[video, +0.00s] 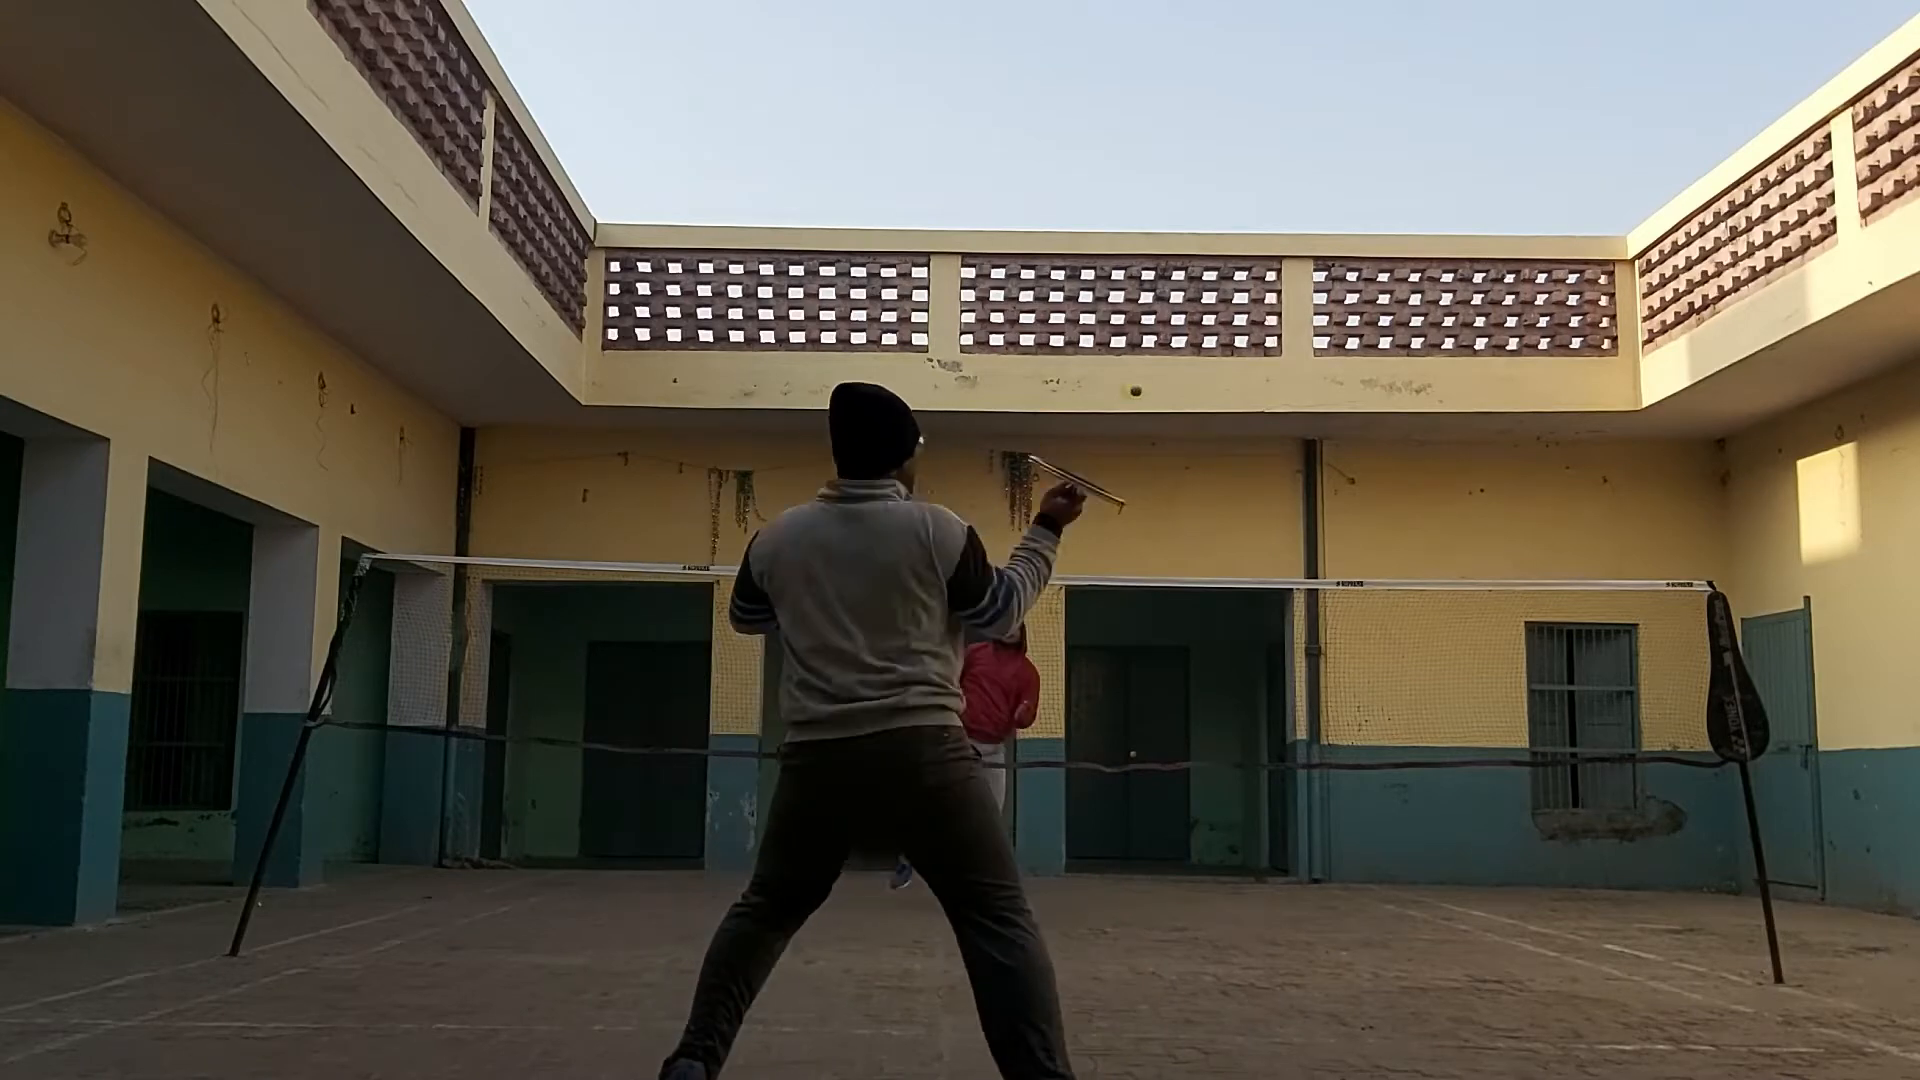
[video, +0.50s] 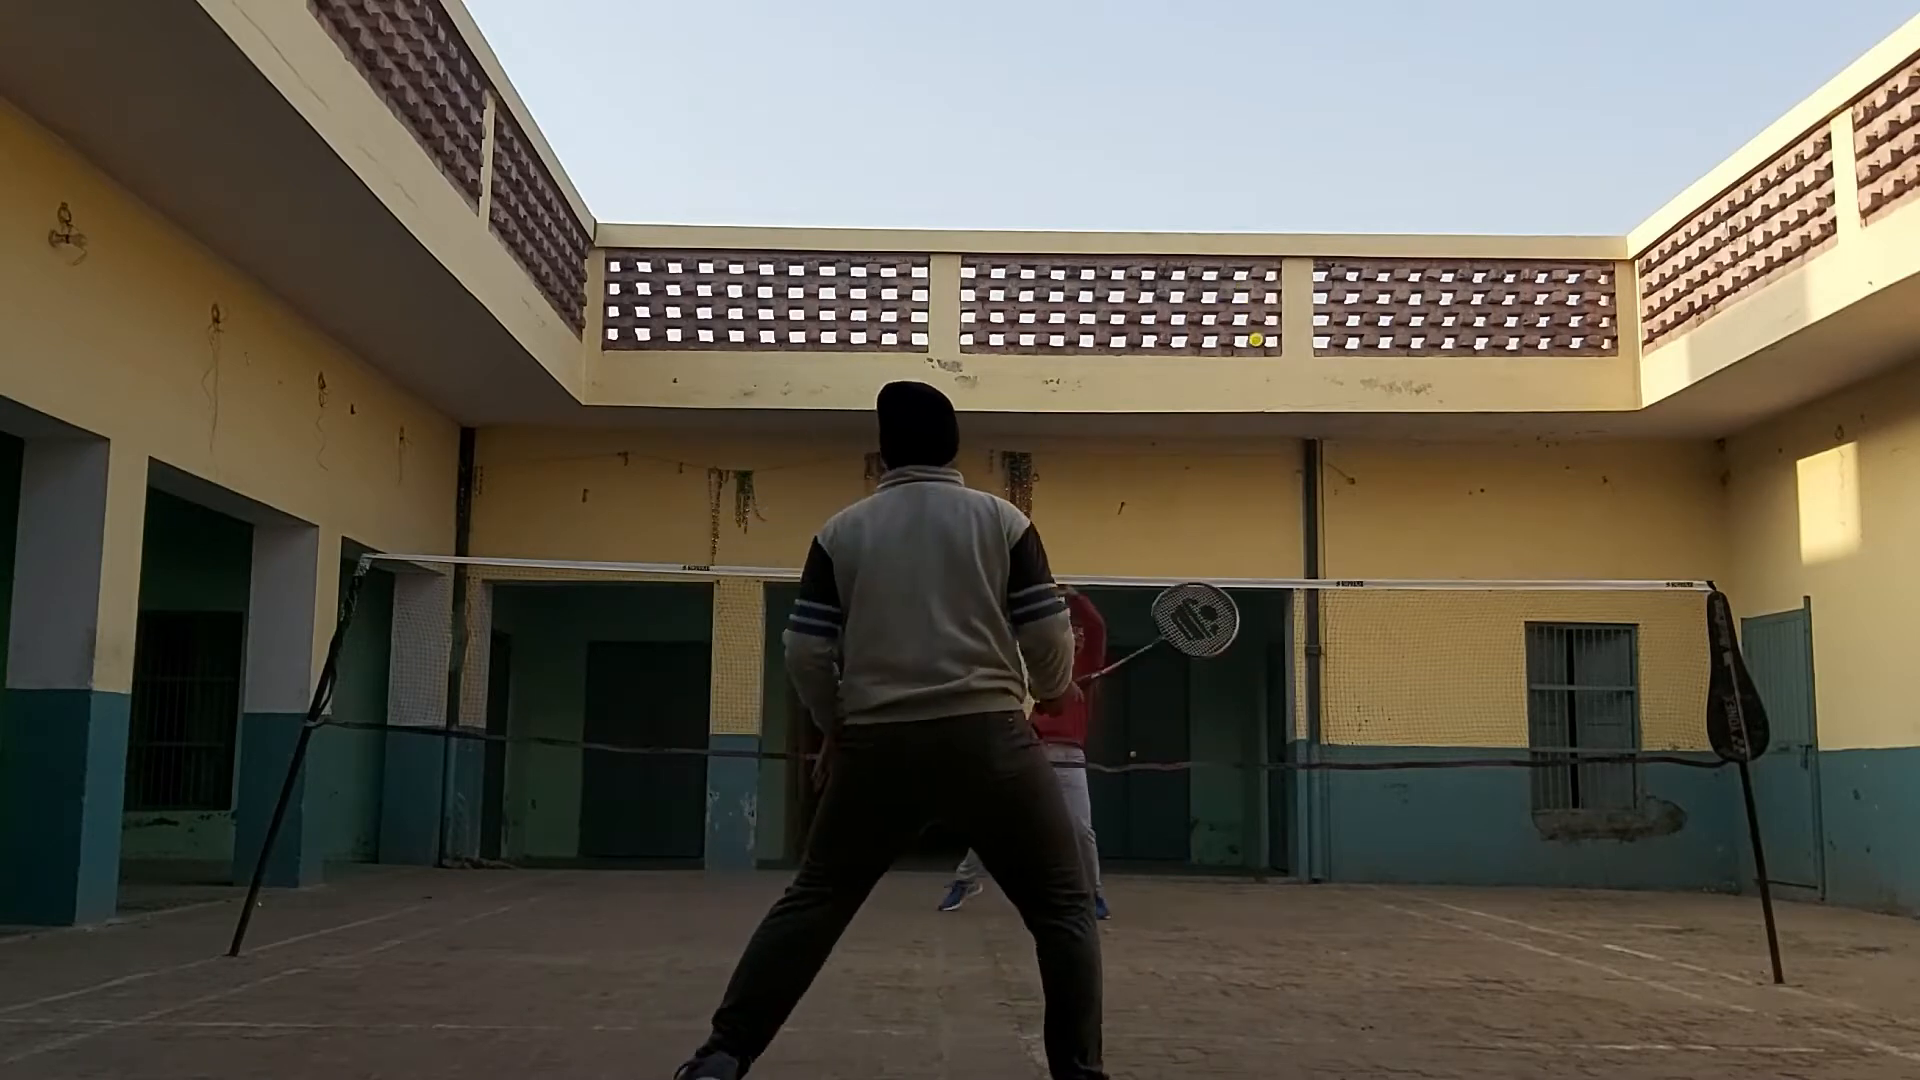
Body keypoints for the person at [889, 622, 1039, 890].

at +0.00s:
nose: (1009, 629)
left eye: (1014, 625)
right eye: (1004, 624)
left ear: (1021, 632)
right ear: (995, 628)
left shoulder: (1027, 671)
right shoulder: (974, 652)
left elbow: (1025, 719)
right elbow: (951, 681)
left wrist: (1020, 712)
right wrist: (957, 701)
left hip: (992, 748)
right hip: (958, 742)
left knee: (989, 817)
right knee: (934, 805)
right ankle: (907, 860)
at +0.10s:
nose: (1004, 629)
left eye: (1010, 626)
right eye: (999, 624)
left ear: (1017, 635)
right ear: (989, 629)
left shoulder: (1024, 669)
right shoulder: (969, 658)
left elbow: (1028, 715)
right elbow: (947, 689)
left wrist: (1016, 704)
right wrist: (957, 705)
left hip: (1001, 752)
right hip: (963, 749)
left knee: (1010, 815)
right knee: (947, 819)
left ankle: (1002, 888)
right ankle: (935, 887)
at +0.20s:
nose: (1001, 642)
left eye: (1006, 638)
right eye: (996, 637)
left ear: (1013, 646)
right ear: (986, 643)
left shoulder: (1020, 676)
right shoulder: (968, 673)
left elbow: (1030, 715)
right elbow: (954, 710)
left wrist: (1012, 695)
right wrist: (957, 684)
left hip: (1007, 762)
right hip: (970, 762)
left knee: (1028, 821)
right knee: (953, 825)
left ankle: (1047, 884)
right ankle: (935, 888)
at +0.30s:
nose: (1013, 658)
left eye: (1018, 654)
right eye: (1008, 653)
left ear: (1026, 660)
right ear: (1000, 659)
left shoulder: (1034, 690)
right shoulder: (986, 691)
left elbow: (1033, 692)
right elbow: (974, 729)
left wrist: (1014, 671)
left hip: (1018, 778)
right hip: (982, 778)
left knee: (1047, 832)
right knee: (960, 832)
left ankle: (1089, 891)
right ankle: (935, 888)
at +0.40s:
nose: (1023, 659)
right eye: (1019, 655)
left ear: (1044, 660)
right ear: (1018, 659)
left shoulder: (1053, 687)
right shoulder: (1007, 691)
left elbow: (1057, 660)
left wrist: (1030, 631)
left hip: (1041, 778)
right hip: (1003, 778)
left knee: (1062, 838)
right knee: (969, 832)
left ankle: (1088, 894)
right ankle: (941, 888)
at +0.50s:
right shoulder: (1016, 621)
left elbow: (1095, 626)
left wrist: (1072, 597)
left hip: (1064, 749)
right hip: (1016, 746)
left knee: (1081, 829)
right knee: (993, 817)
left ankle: (1094, 891)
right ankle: (964, 879)